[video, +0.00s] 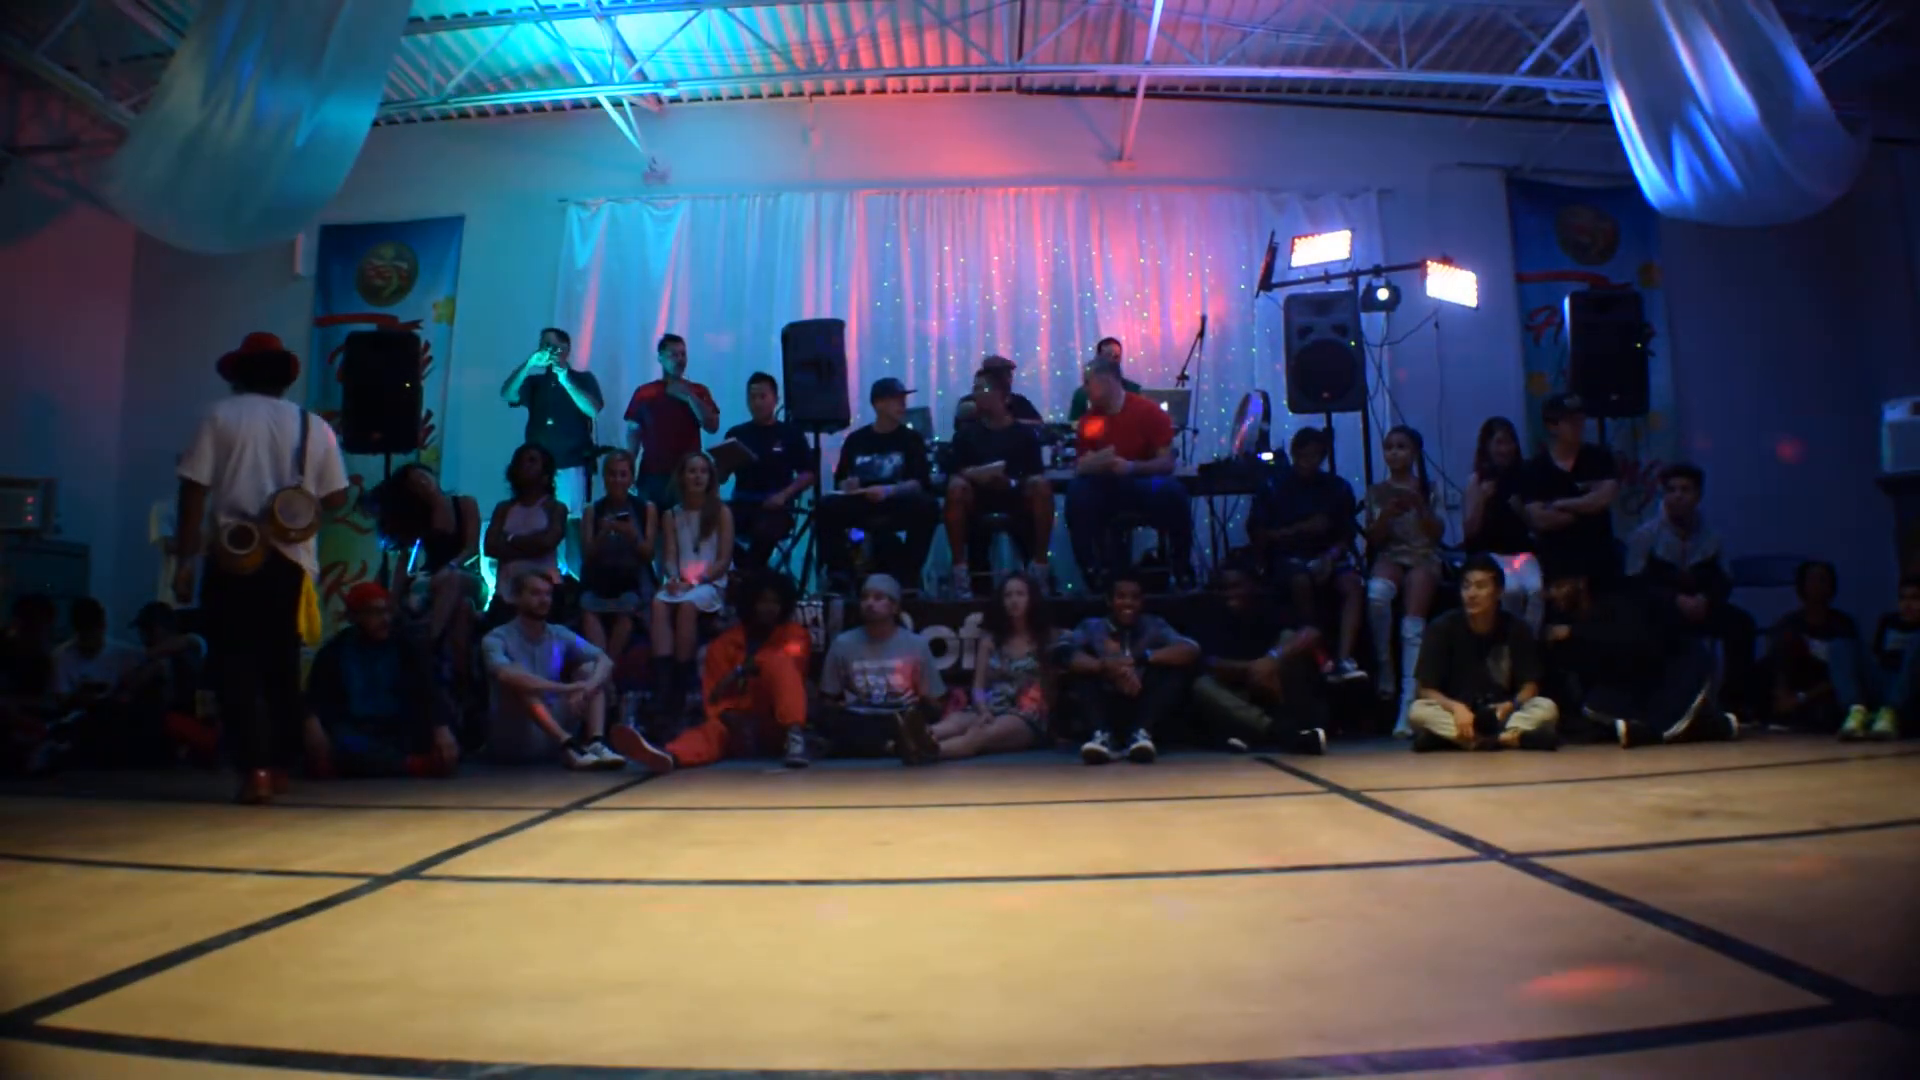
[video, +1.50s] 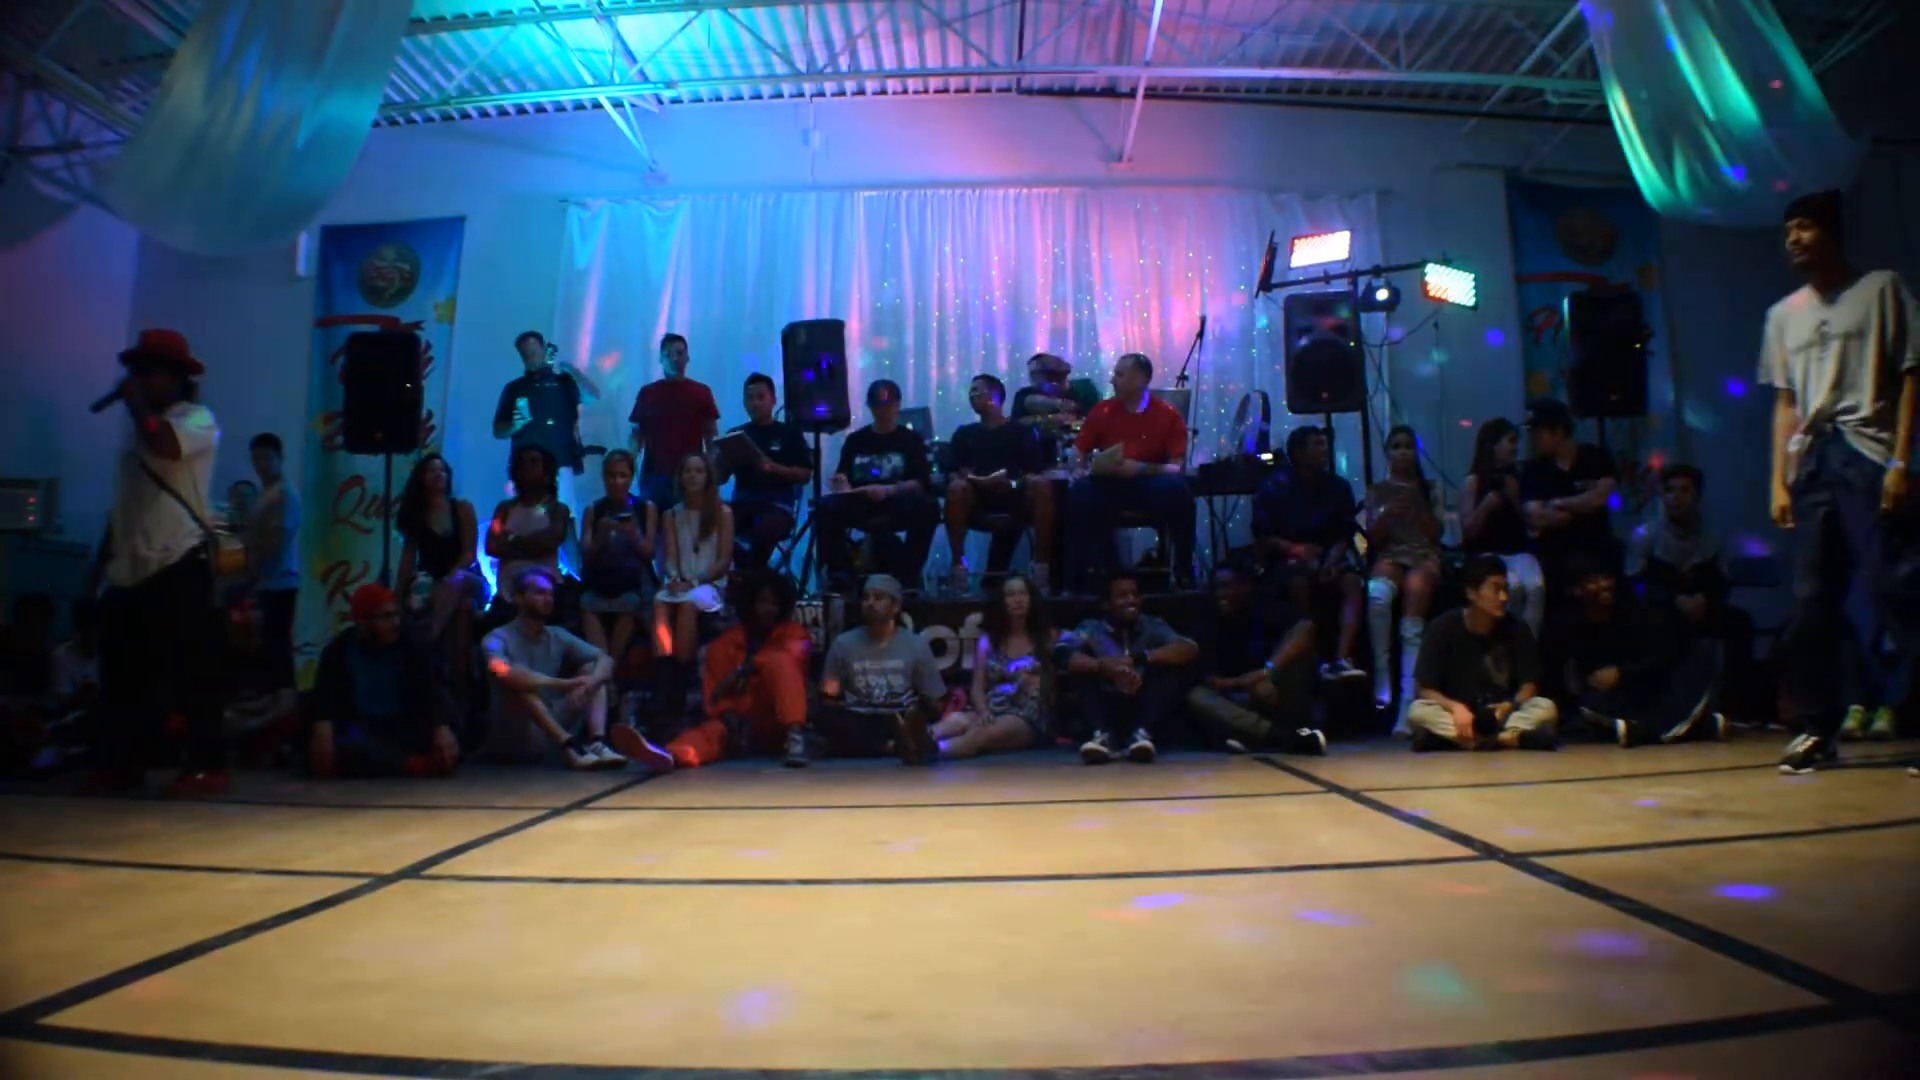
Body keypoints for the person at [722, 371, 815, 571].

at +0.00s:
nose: (757, 402)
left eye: (763, 396)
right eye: (752, 397)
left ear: (775, 399)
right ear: (747, 401)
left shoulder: (790, 433)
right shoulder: (736, 434)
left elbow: (808, 474)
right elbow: (720, 477)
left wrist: (783, 496)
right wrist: (728, 458)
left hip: (776, 502)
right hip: (743, 502)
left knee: (766, 532)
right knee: (720, 524)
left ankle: (752, 573)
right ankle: (744, 564)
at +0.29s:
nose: (755, 402)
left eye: (761, 396)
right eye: (751, 396)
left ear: (774, 399)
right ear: (745, 401)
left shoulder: (789, 433)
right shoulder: (735, 435)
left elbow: (808, 473)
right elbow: (721, 479)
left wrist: (783, 496)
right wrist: (723, 461)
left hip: (775, 503)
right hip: (743, 502)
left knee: (766, 532)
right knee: (719, 523)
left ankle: (752, 573)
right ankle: (745, 563)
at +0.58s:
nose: (754, 401)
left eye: (760, 395)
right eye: (750, 396)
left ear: (773, 399)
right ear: (745, 401)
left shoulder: (788, 433)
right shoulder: (734, 435)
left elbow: (808, 472)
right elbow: (720, 477)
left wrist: (782, 496)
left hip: (774, 503)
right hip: (742, 502)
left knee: (767, 532)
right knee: (721, 524)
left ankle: (752, 573)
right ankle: (743, 565)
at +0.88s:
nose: (755, 402)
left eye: (760, 397)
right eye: (750, 397)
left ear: (773, 400)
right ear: (745, 402)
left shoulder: (789, 434)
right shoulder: (736, 436)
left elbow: (809, 472)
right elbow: (721, 478)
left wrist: (787, 486)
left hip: (776, 501)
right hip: (743, 502)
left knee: (766, 532)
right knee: (721, 525)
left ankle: (754, 573)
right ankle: (745, 564)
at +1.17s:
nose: (755, 403)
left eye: (760, 397)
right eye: (750, 398)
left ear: (773, 400)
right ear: (745, 402)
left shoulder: (789, 433)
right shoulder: (735, 435)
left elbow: (807, 471)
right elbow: (719, 478)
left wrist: (775, 471)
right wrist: (727, 457)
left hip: (777, 503)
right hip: (743, 502)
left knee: (765, 533)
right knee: (718, 525)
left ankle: (753, 576)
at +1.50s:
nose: (754, 403)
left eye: (760, 397)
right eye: (750, 398)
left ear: (773, 400)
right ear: (744, 402)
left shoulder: (790, 433)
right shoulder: (736, 434)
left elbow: (804, 473)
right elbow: (719, 478)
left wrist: (773, 468)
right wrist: (727, 456)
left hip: (777, 504)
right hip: (743, 502)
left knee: (765, 533)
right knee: (719, 528)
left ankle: (754, 577)